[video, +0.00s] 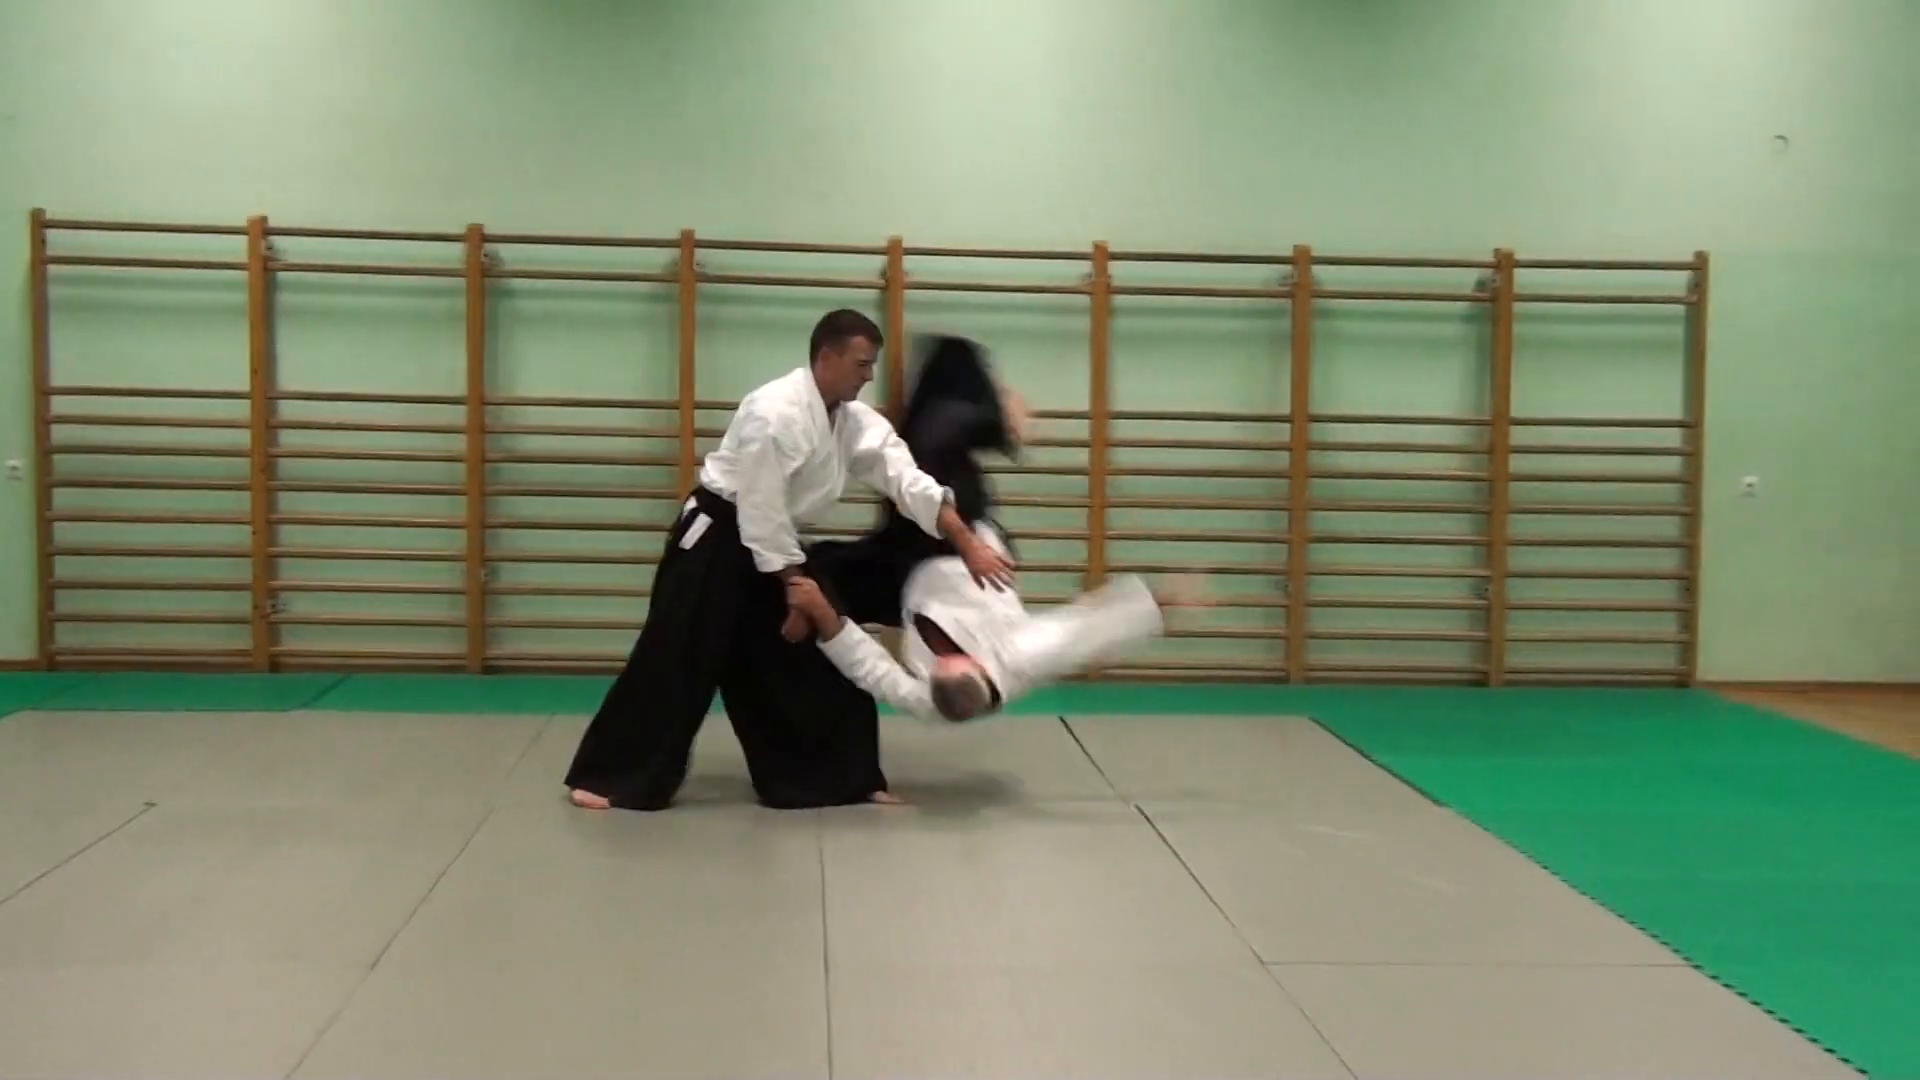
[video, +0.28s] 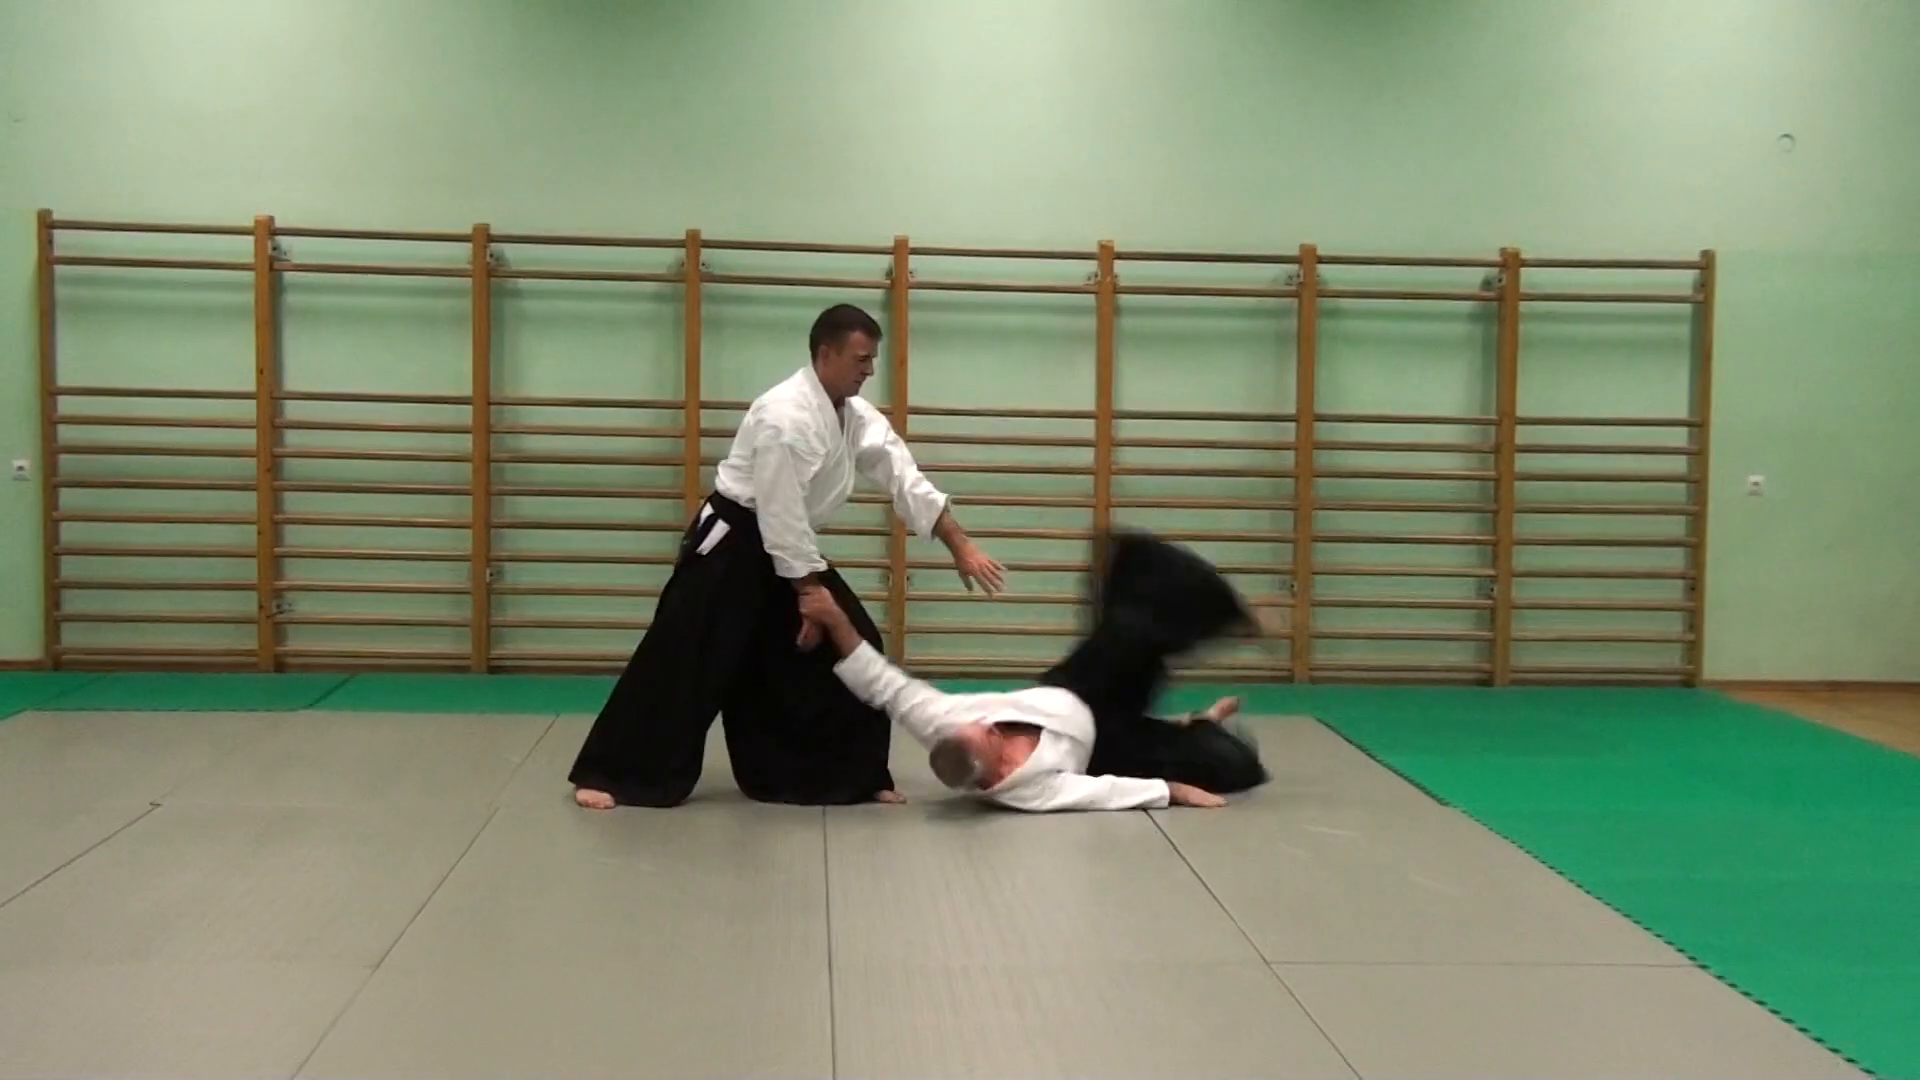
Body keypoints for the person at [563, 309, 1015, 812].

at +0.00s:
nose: (868, 374)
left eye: (872, 364)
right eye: (861, 362)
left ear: (849, 364)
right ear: (826, 357)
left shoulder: (852, 416)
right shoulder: (772, 412)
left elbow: (900, 471)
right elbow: (761, 509)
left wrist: (961, 535)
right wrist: (795, 582)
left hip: (778, 542)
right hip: (718, 536)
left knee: (821, 657)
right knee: (675, 657)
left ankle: (848, 779)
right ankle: (603, 777)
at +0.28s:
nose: (867, 372)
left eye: (871, 363)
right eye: (860, 361)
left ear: (861, 362)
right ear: (825, 355)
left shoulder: (855, 414)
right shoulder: (784, 416)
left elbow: (902, 474)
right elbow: (782, 513)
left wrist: (959, 542)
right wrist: (810, 587)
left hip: (789, 546)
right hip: (732, 543)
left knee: (857, 647)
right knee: (678, 656)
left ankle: (857, 773)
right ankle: (605, 772)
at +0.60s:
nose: (866, 371)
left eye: (869, 361)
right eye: (858, 361)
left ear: (852, 359)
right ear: (822, 356)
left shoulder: (855, 413)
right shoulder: (788, 421)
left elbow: (904, 473)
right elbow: (813, 512)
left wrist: (960, 542)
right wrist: (862, 571)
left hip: (811, 552)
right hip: (747, 547)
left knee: (866, 651)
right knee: (688, 657)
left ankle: (861, 773)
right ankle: (608, 772)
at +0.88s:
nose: (869, 374)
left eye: (874, 365)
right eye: (862, 363)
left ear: (870, 365)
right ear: (827, 356)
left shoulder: (858, 419)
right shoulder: (787, 418)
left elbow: (905, 483)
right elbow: (803, 508)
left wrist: (961, 552)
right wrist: (853, 574)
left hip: (807, 552)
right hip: (747, 546)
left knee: (866, 648)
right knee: (688, 656)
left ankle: (860, 774)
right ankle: (607, 772)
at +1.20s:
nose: (866, 368)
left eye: (869, 358)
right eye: (859, 356)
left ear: (851, 357)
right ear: (824, 350)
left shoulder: (851, 415)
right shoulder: (778, 413)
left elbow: (906, 471)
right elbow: (788, 508)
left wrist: (972, 528)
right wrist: (837, 577)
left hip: (794, 555)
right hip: (739, 547)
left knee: (861, 647)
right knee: (684, 658)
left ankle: (856, 776)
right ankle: (606, 773)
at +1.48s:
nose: (848, 357)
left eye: (851, 348)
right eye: (840, 346)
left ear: (833, 349)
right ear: (805, 343)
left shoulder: (835, 413)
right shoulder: (758, 407)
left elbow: (868, 485)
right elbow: (750, 507)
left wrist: (887, 566)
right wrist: (784, 588)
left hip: (787, 545)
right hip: (727, 545)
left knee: (851, 644)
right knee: (683, 659)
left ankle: (858, 773)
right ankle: (604, 772)